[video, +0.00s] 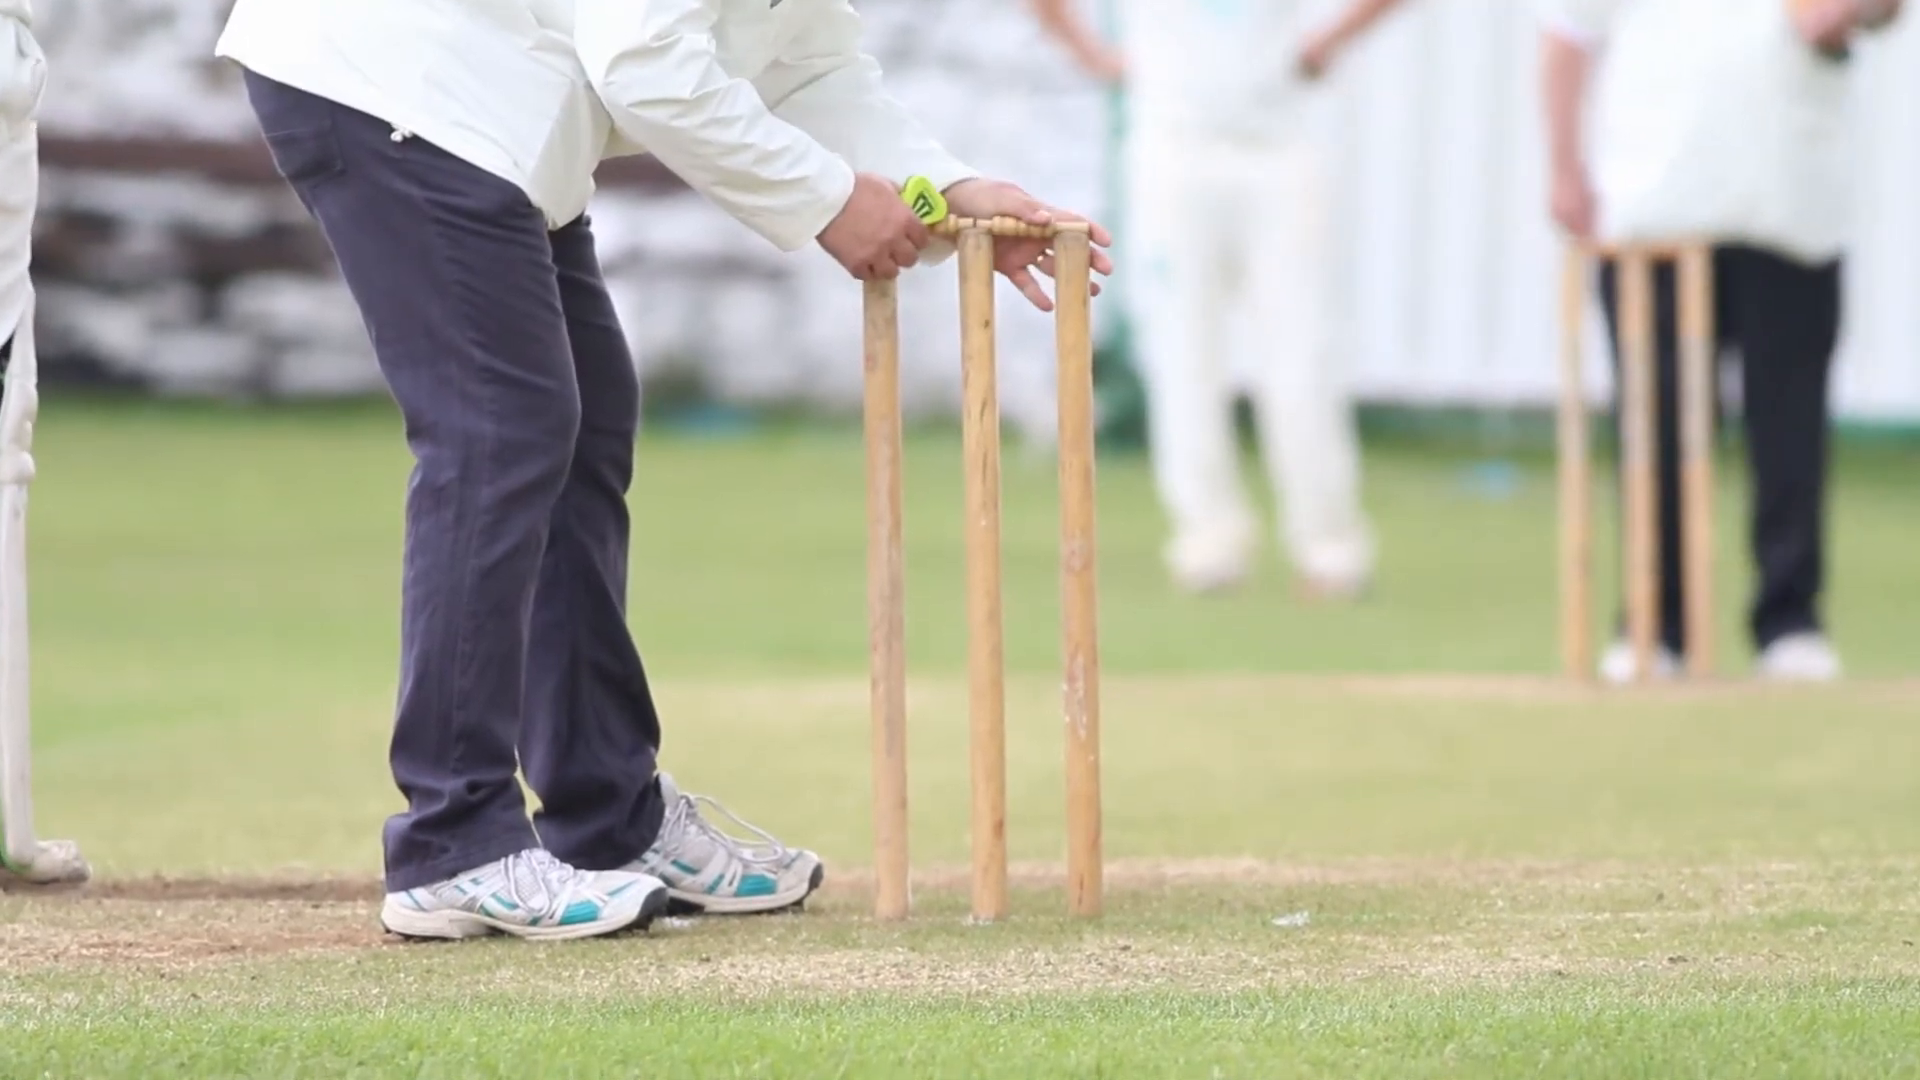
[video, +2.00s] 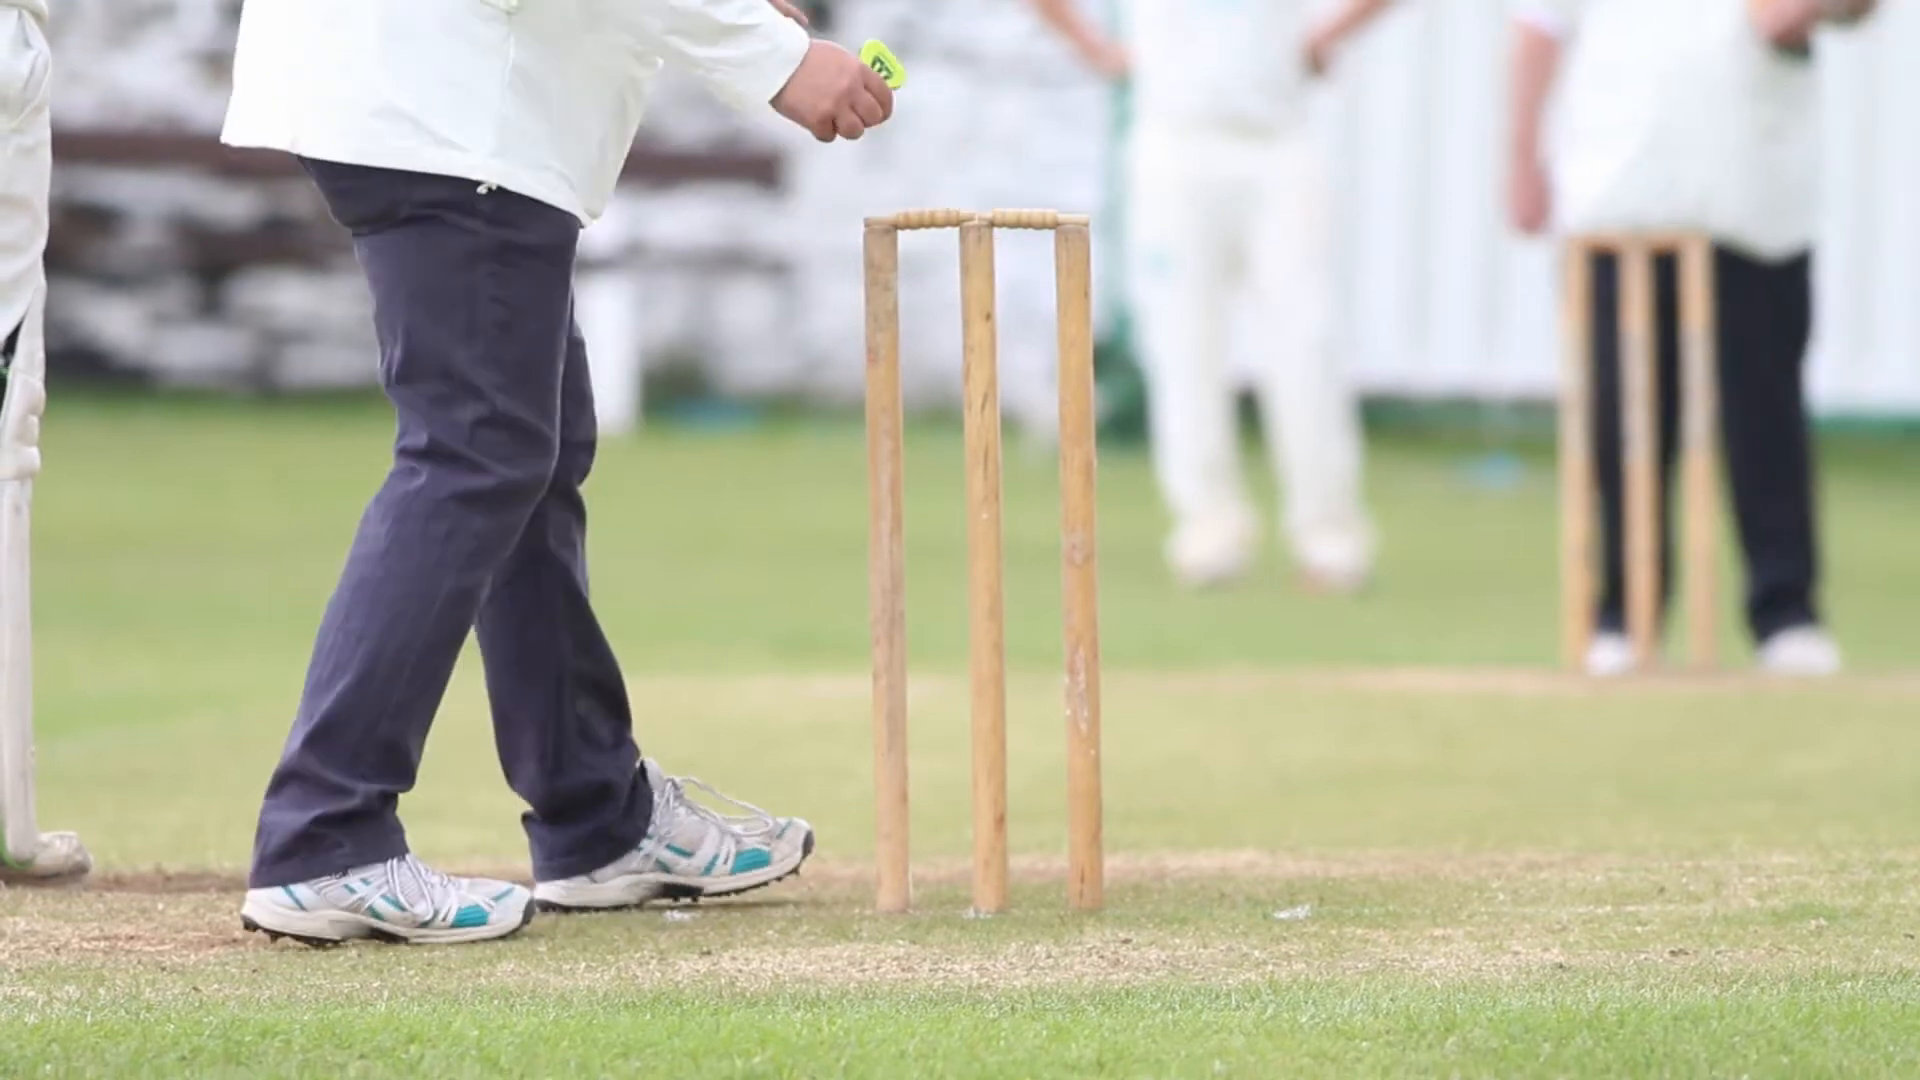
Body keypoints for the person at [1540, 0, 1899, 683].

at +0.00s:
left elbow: (1889, 9)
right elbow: (1568, 28)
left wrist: (1848, 13)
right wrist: (1567, 169)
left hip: (1794, 202)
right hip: (1650, 202)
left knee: (1789, 439)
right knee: (1655, 440)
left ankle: (1791, 629)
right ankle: (1655, 635)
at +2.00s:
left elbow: (1862, 7)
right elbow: (1541, 20)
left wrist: (1813, 8)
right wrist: (1524, 158)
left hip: (1759, 189)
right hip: (1619, 186)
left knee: (1765, 418)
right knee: (1624, 422)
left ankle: (1787, 619)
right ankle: (1619, 623)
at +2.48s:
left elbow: (1842, 7)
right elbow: (1498, 6)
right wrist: (1472, 67)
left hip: (1736, 188)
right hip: (1597, 189)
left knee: (1757, 420)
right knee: (1614, 425)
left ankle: (1786, 621)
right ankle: (1615, 624)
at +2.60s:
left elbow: (1819, 12)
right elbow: (1517, 12)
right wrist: (1473, 6)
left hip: (1738, 201)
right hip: (1597, 200)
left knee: (1758, 428)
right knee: (1615, 428)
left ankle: (1786, 619)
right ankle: (1616, 623)